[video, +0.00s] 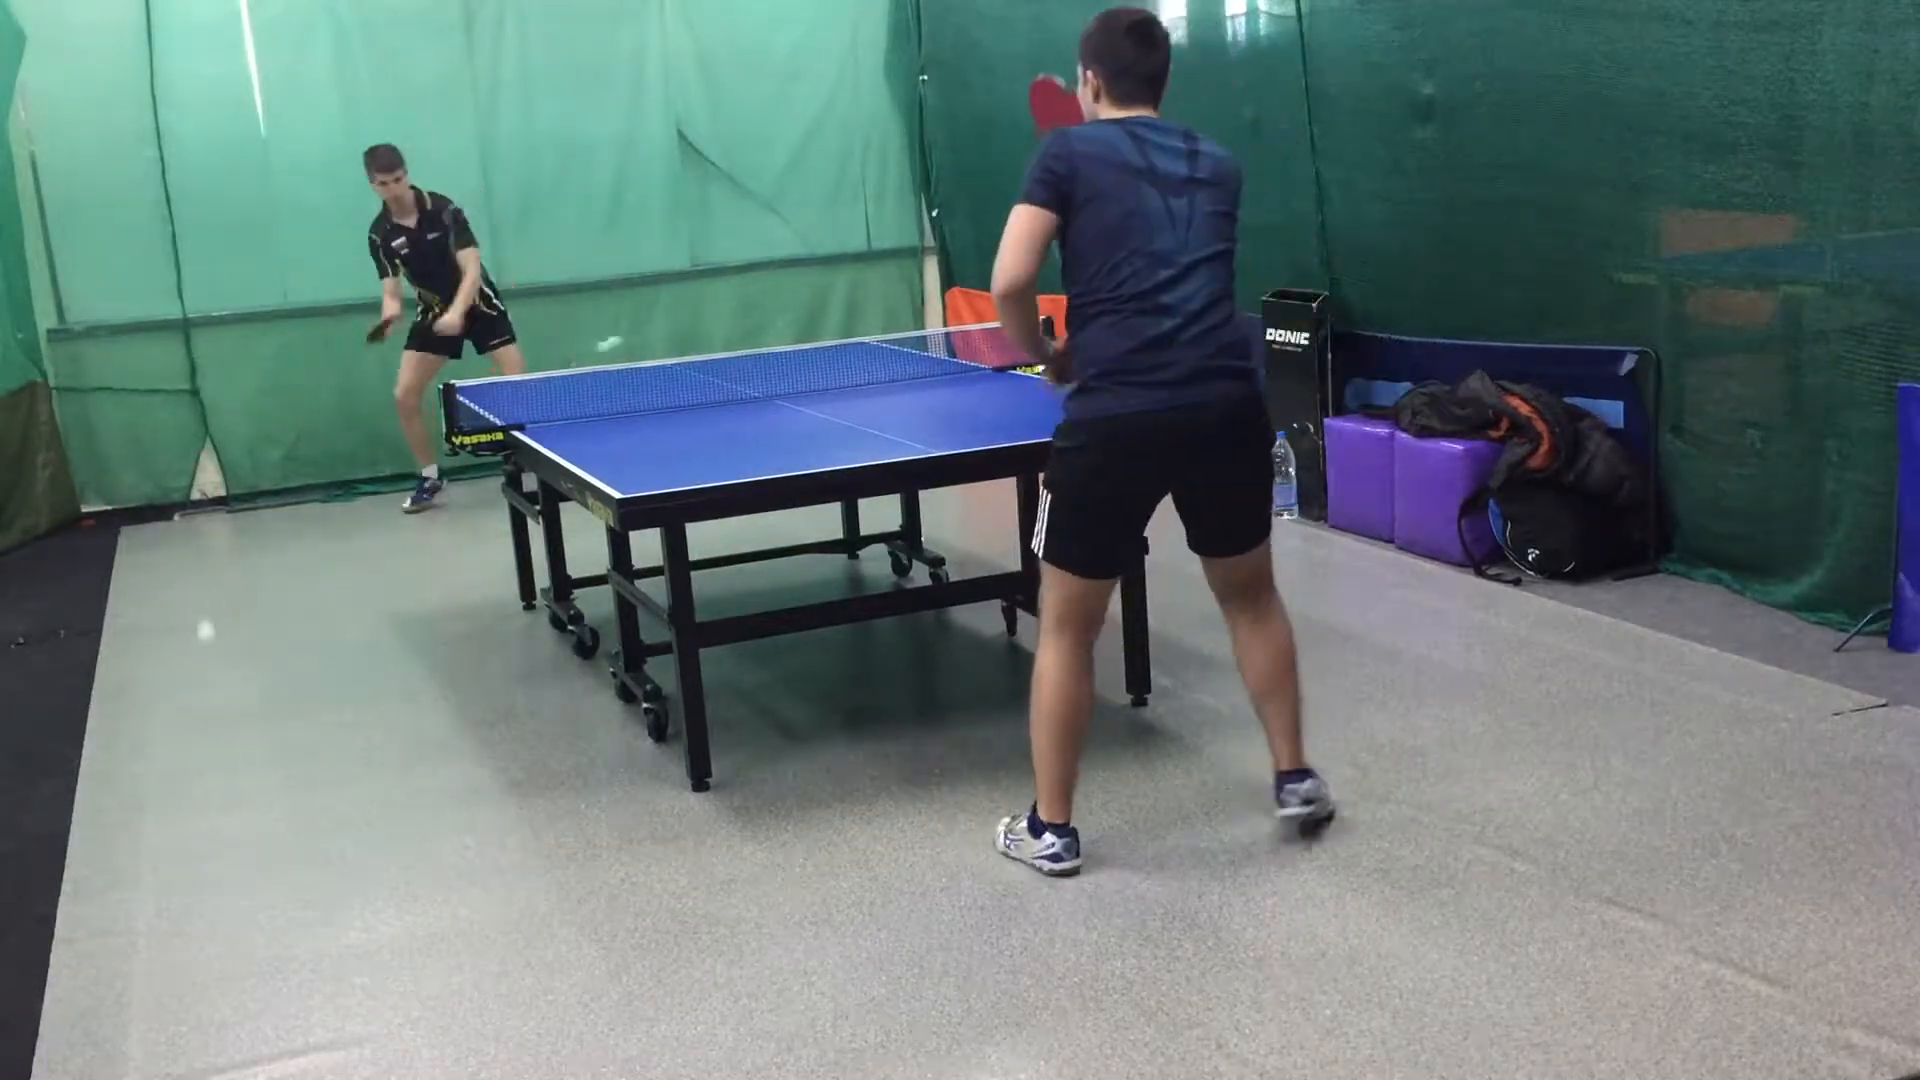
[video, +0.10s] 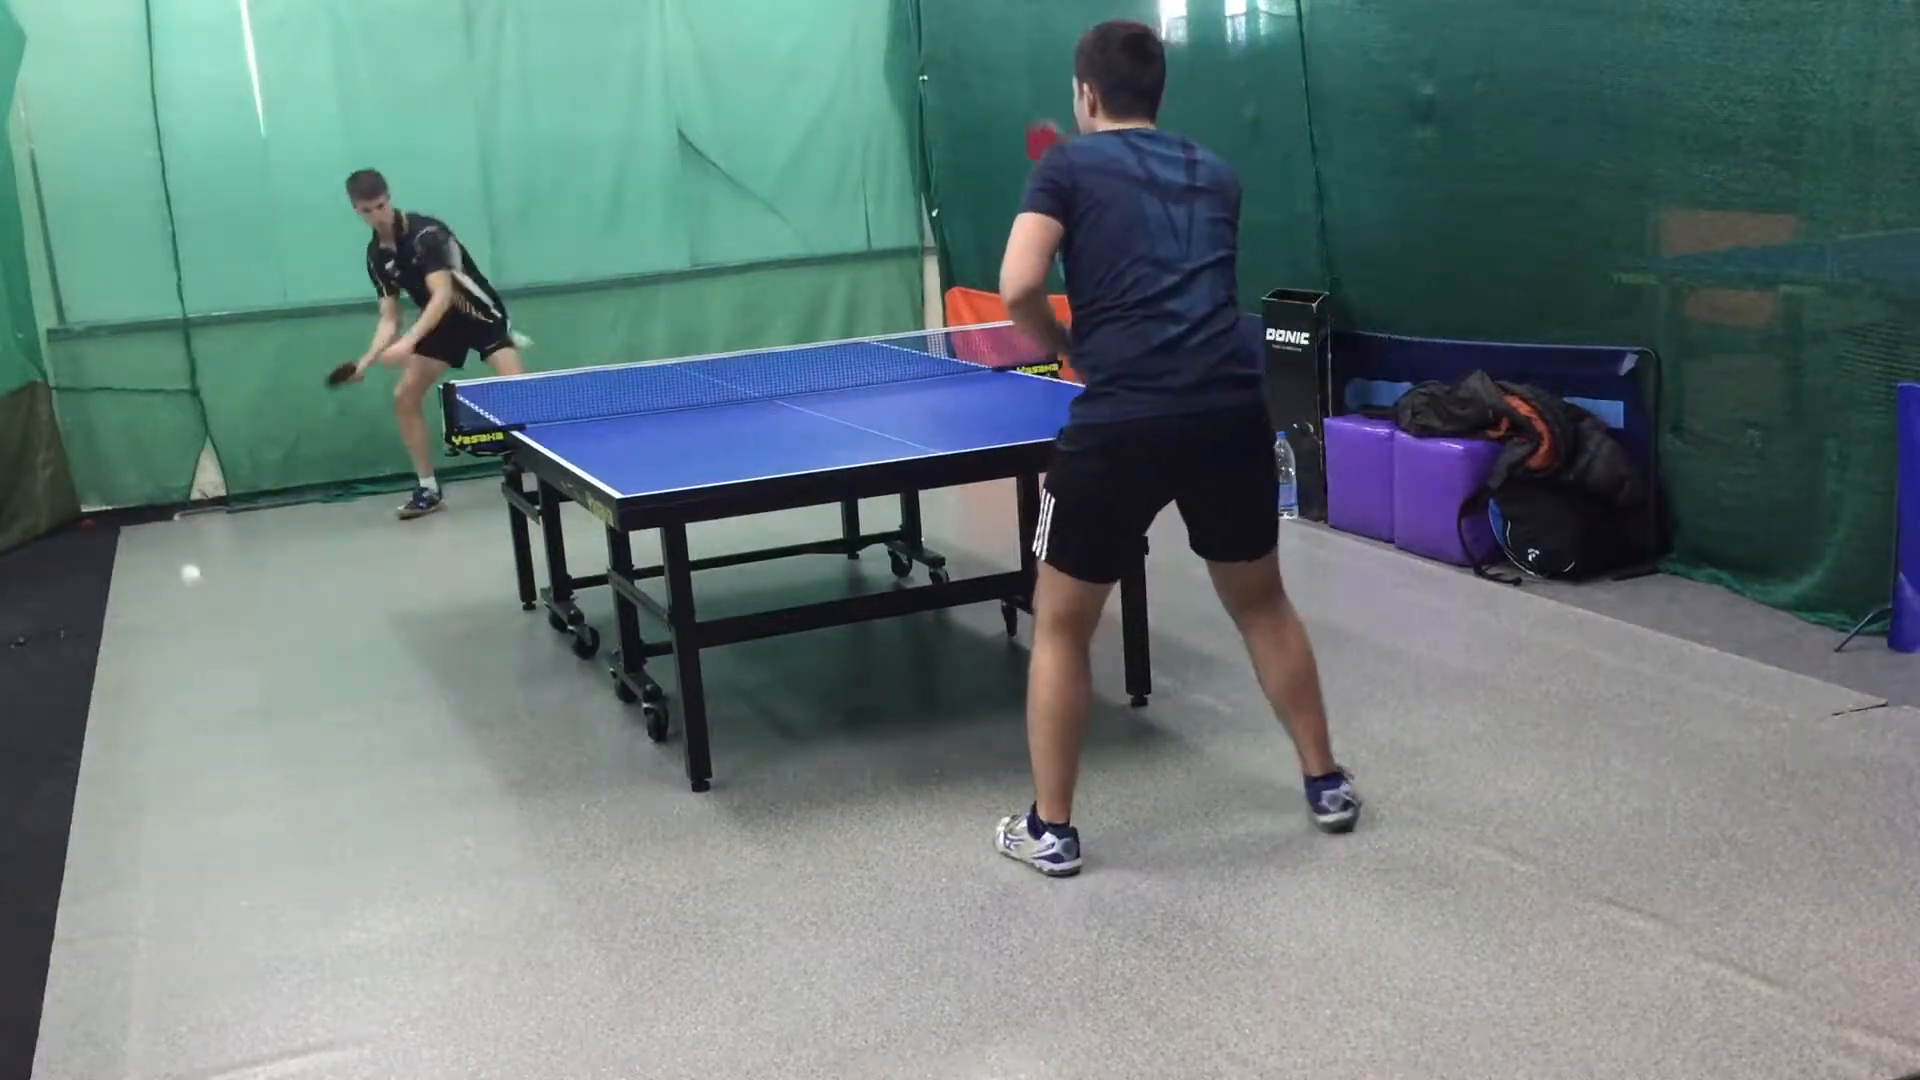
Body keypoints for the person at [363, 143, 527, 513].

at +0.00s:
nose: (392, 189)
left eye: (397, 180)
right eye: (383, 183)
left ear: (407, 174)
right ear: (372, 185)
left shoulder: (443, 210)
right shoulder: (380, 233)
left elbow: (473, 268)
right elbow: (391, 292)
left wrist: (456, 312)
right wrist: (389, 315)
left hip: (477, 301)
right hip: (434, 310)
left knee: (518, 386)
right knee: (406, 396)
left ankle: (527, 467)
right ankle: (431, 478)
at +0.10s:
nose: (376, 217)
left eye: (380, 207)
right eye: (367, 212)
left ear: (389, 199)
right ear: (357, 212)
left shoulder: (427, 233)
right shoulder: (377, 255)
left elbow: (442, 296)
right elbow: (389, 318)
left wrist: (410, 339)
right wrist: (367, 360)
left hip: (483, 316)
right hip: (441, 322)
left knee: (518, 392)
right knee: (405, 397)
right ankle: (428, 489)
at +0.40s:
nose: (349, 259)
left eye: (351, 248)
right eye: (340, 254)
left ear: (367, 237)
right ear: (336, 254)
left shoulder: (405, 260)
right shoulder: (374, 289)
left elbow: (458, 276)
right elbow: (402, 349)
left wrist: (436, 312)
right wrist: (383, 389)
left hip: (487, 352)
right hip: (439, 355)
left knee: (512, 420)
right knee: (395, 416)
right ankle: (429, 490)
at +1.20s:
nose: (400, 195)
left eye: (404, 186)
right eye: (391, 190)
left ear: (412, 182)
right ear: (376, 192)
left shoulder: (443, 219)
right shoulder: (379, 240)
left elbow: (484, 275)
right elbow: (379, 298)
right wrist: (379, 318)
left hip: (475, 312)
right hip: (432, 321)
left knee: (527, 390)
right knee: (399, 409)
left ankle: (537, 477)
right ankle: (410, 497)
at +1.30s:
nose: (381, 221)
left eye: (386, 211)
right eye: (372, 215)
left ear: (395, 205)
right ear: (360, 217)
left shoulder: (428, 243)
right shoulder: (371, 261)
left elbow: (446, 313)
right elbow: (378, 332)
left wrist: (414, 353)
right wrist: (349, 366)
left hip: (479, 326)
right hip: (436, 332)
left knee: (519, 388)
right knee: (392, 411)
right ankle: (409, 497)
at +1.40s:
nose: (372, 236)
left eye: (376, 226)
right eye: (363, 230)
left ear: (387, 218)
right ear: (352, 229)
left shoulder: (415, 255)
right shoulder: (375, 269)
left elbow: (422, 322)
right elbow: (384, 339)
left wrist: (378, 356)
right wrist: (343, 385)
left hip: (487, 337)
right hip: (441, 342)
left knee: (523, 396)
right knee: (392, 413)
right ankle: (410, 497)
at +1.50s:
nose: (376, 237)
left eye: (380, 227)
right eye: (367, 232)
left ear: (391, 217)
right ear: (356, 231)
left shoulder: (421, 251)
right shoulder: (385, 268)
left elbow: (445, 302)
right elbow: (406, 338)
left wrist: (406, 335)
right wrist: (365, 381)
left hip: (498, 338)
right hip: (452, 344)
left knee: (533, 397)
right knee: (401, 414)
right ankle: (412, 497)